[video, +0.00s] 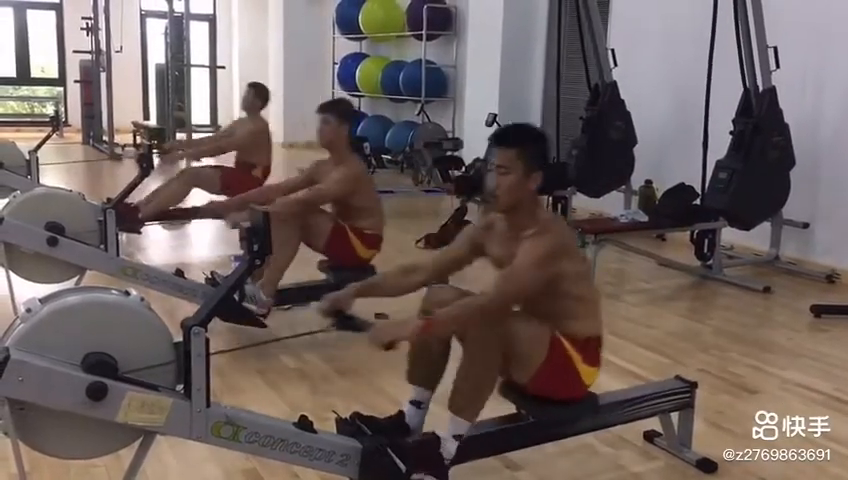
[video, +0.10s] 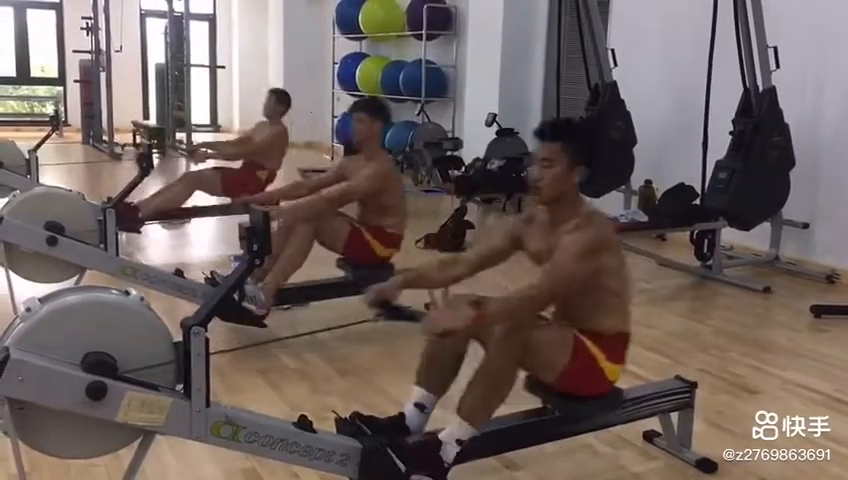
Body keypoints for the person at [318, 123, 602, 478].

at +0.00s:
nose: (491, 181)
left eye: (503, 172)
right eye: (491, 170)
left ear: (534, 181)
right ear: (489, 171)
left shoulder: (548, 239)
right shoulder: (491, 227)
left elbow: (493, 303)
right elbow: (423, 270)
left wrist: (409, 327)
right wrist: (356, 291)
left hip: (571, 361)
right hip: (528, 344)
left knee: (487, 324)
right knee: (437, 300)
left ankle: (445, 450)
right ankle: (410, 423)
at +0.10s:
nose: (535, 174)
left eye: (548, 165)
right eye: (535, 164)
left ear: (577, 174)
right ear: (532, 167)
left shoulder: (591, 231)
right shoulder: (530, 221)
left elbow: (539, 297)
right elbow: (461, 264)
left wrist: (470, 315)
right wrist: (400, 281)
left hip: (597, 357)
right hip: (557, 339)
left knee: (511, 332)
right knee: (460, 312)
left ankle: (444, 450)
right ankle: (411, 422)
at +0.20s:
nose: (586, 166)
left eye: (600, 157)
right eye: (584, 155)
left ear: (627, 166)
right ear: (578, 158)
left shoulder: (637, 226)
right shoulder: (571, 219)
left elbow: (581, 287)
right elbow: (498, 259)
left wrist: (516, 302)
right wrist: (446, 269)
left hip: (623, 349)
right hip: (584, 329)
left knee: (535, 346)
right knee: (484, 322)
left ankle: (443, 452)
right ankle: (412, 423)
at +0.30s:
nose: (636, 165)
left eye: (649, 158)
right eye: (635, 155)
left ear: (675, 168)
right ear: (631, 159)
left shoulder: (678, 228)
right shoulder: (613, 217)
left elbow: (630, 276)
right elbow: (546, 251)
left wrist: (564, 290)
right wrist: (491, 263)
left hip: (643, 346)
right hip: (602, 323)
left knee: (552, 363)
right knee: (501, 340)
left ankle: (446, 450)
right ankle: (411, 423)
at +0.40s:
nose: (674, 178)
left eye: (686, 171)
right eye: (674, 169)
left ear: (713, 182)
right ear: (672, 171)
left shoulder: (717, 237)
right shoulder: (646, 221)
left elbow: (675, 278)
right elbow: (588, 257)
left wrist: (627, 283)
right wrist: (547, 267)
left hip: (652, 343)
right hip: (612, 321)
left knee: (561, 379)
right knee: (520, 353)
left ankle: (441, 453)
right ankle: (408, 423)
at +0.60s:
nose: (699, 198)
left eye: (711, 193)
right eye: (698, 190)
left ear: (735, 204)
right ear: (694, 194)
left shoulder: (743, 251)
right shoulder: (670, 234)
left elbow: (753, 319)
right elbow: (638, 280)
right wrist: (607, 262)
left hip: (653, 343)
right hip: (614, 322)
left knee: (561, 375)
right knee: (524, 356)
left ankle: (439, 453)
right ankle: (401, 423)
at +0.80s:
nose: (697, 199)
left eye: (709, 193)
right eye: (697, 191)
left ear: (734, 205)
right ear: (694, 197)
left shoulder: (745, 263)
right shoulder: (673, 242)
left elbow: (759, 336)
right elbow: (637, 296)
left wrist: (736, 292)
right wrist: (631, 273)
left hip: (651, 344)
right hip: (611, 324)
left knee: (559, 379)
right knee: (520, 358)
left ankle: (440, 456)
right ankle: (401, 427)